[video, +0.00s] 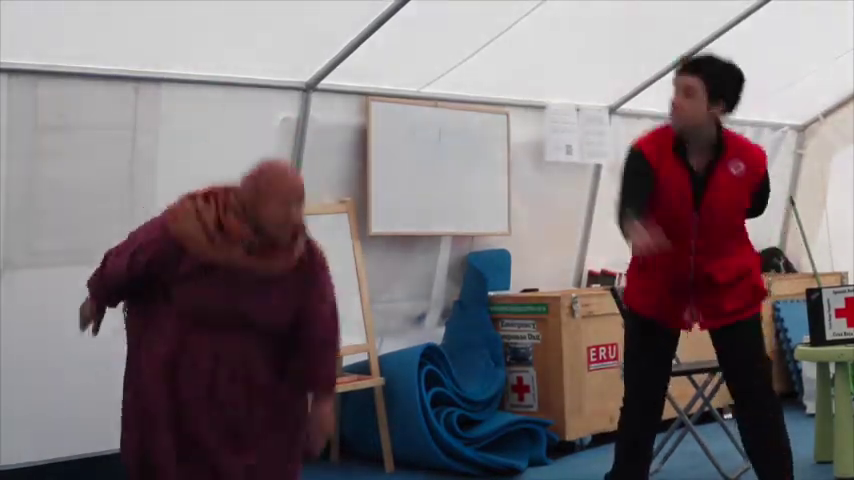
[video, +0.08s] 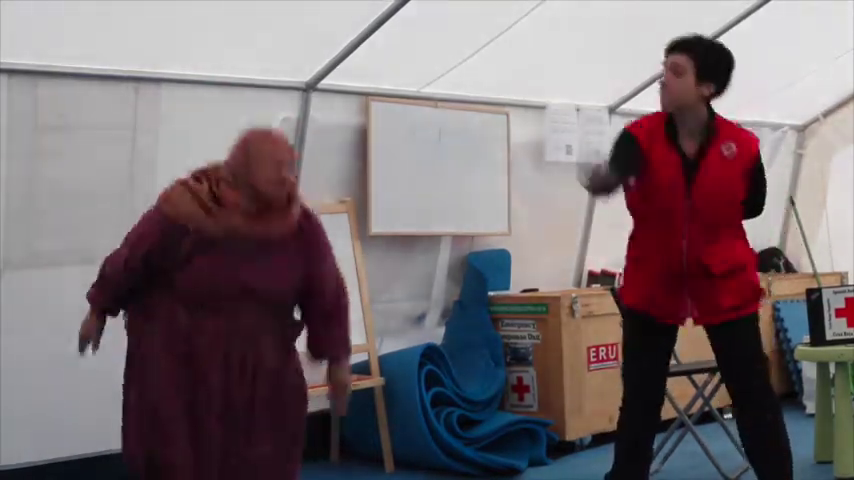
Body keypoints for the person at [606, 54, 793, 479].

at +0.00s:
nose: (674, 101)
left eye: (686, 94)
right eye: (675, 91)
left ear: (717, 107)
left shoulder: (749, 159)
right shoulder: (648, 152)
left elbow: (754, 206)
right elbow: (629, 210)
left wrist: (709, 217)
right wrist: (638, 228)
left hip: (728, 287)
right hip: (657, 288)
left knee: (757, 402)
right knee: (640, 407)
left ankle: (777, 475)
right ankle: (626, 477)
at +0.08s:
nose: (662, 79)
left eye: (674, 72)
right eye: (664, 70)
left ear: (706, 88)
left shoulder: (742, 145)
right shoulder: (640, 136)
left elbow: (752, 205)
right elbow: (611, 176)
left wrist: (702, 219)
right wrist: (600, 180)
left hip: (723, 283)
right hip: (652, 285)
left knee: (754, 400)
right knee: (639, 405)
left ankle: (777, 475)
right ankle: (626, 477)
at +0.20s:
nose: (650, 69)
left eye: (662, 60)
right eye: (652, 59)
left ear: (695, 73)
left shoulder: (732, 134)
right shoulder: (633, 126)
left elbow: (750, 203)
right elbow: (579, 155)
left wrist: (694, 219)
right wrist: (546, 133)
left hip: (716, 283)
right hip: (644, 284)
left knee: (752, 402)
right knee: (636, 406)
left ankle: (776, 476)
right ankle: (625, 479)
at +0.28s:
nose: (645, 67)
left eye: (657, 58)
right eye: (647, 58)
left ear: (689, 71)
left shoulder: (729, 130)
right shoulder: (629, 127)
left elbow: (748, 201)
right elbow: (565, 149)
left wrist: (692, 223)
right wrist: (516, 117)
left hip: (711, 279)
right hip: (641, 281)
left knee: (749, 395)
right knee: (636, 403)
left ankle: (776, 478)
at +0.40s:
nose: (640, 68)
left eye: (651, 59)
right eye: (641, 59)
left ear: (683, 70)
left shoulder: (724, 129)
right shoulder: (625, 130)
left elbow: (751, 201)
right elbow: (561, 156)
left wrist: (705, 231)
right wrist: (500, 141)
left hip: (708, 278)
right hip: (637, 281)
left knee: (748, 396)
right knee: (634, 405)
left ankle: (777, 477)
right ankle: (625, 479)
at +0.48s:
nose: (637, 70)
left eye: (648, 59)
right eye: (637, 60)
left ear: (681, 70)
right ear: (642, 71)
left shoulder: (720, 131)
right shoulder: (624, 132)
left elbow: (753, 201)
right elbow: (570, 166)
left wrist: (716, 243)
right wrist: (511, 174)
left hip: (705, 280)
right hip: (634, 282)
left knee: (745, 397)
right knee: (631, 406)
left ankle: (775, 477)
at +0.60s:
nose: (630, 68)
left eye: (642, 59)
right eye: (631, 59)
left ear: (674, 72)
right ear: (638, 73)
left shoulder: (711, 130)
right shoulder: (621, 135)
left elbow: (757, 201)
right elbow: (592, 183)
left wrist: (756, 272)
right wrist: (566, 223)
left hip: (700, 281)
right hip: (630, 284)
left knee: (741, 398)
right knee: (630, 406)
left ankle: (774, 475)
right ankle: (623, 478)